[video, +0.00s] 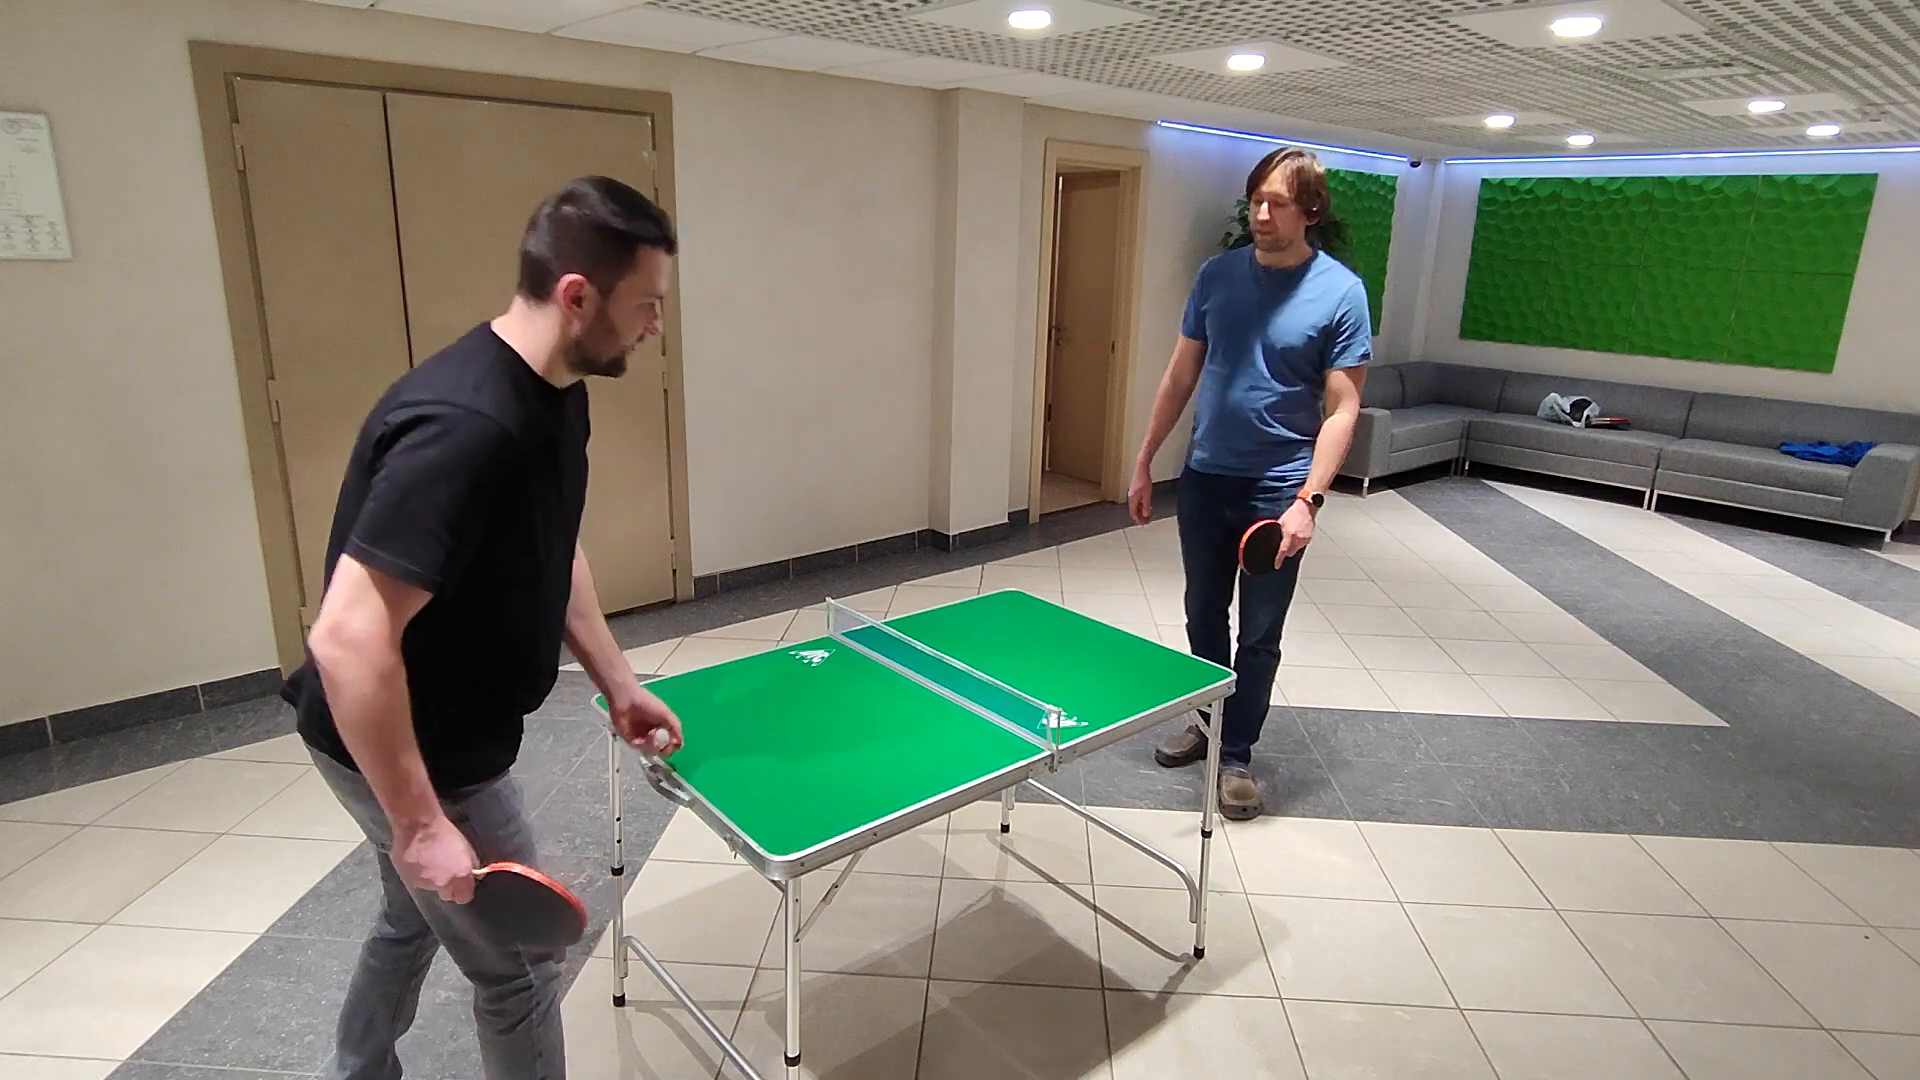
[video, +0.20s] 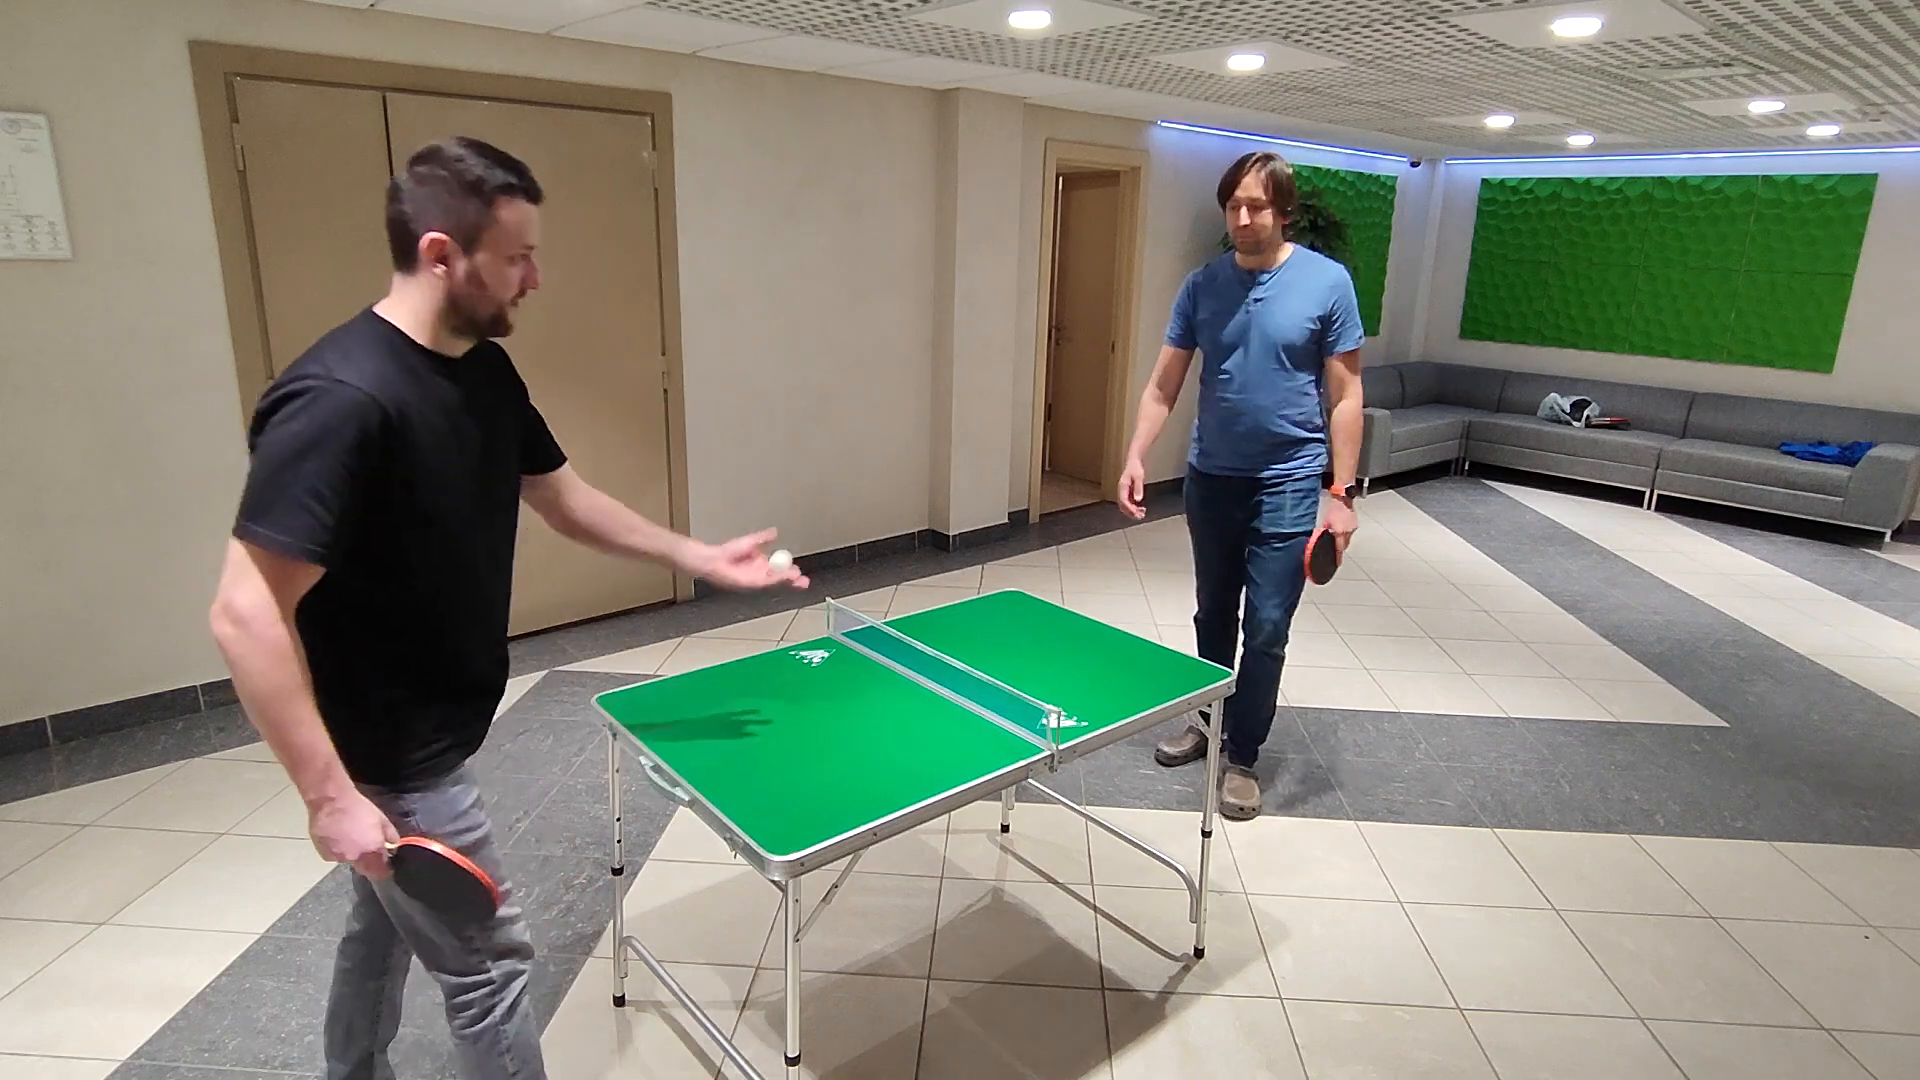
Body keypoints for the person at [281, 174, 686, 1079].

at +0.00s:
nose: (654, 326)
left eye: (658, 305)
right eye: (645, 304)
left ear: (578, 297)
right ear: (576, 294)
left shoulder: (553, 397)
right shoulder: (467, 425)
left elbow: (553, 561)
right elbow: (347, 637)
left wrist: (620, 688)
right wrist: (420, 826)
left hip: (458, 724)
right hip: (427, 756)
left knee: (410, 921)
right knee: (518, 979)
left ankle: (361, 1066)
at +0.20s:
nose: (533, 278)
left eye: (533, 255)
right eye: (518, 256)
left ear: (456, 257)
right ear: (441, 253)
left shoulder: (480, 368)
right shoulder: (341, 401)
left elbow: (566, 499)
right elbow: (244, 612)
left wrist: (703, 557)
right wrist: (330, 798)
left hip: (444, 729)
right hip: (390, 755)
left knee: (379, 935)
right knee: (490, 974)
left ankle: (352, 1070)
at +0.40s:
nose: (436, 248)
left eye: (434, 224)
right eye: (416, 225)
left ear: (353, 233)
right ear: (337, 230)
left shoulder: (409, 355)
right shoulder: (244, 389)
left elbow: (531, 456)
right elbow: (170, 601)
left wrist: (683, 497)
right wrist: (262, 780)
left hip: (406, 721)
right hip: (339, 745)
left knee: (357, 939)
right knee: (436, 976)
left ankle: (348, 1072)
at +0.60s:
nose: (370, 230)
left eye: (365, 206)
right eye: (344, 209)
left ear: (274, 220)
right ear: (262, 220)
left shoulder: (357, 351)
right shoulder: (182, 381)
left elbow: (433, 500)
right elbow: (122, 595)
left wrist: (541, 602)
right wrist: (240, 761)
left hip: (371, 724)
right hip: (284, 747)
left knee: (343, 954)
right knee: (365, 982)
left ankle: (337, 1063)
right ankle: (338, 1074)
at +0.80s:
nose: (304, 218)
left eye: (299, 193)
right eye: (276, 197)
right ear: (188, 212)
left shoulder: (300, 354)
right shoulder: (121, 377)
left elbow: (301, 552)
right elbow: (71, 600)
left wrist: (335, 707)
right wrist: (242, 738)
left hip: (327, 739)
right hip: (219, 775)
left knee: (328, 956)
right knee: (249, 1015)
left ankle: (342, 1073)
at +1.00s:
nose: (204, 219)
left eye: (196, 192)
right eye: (172, 195)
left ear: (88, 214)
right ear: (75, 212)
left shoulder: (201, 356)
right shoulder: (24, 386)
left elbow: (238, 557)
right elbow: (13, 639)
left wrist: (288, 703)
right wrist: (219, 728)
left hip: (256, 762)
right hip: (114, 804)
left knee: (297, 956)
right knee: (99, 1044)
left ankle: (335, 1071)